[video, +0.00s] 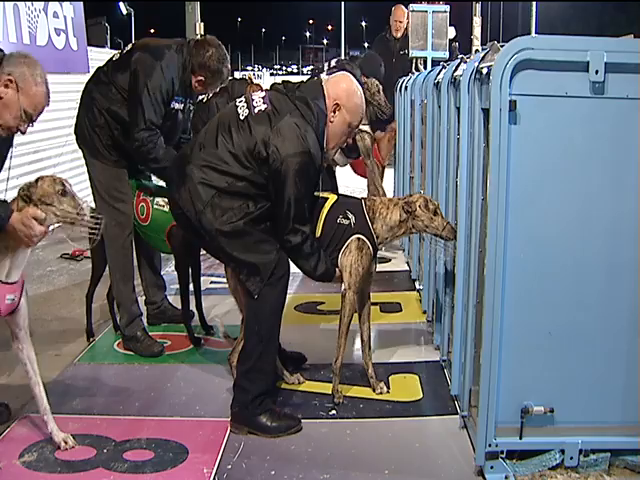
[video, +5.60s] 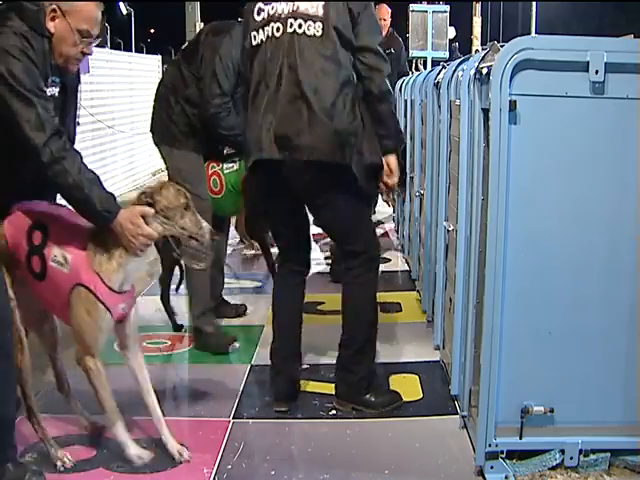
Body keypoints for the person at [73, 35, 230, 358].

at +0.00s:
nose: (205, 95)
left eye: (209, 91)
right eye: (206, 90)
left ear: (198, 74)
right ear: (197, 78)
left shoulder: (189, 67)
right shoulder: (157, 68)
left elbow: (181, 135)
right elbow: (141, 137)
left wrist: (192, 171)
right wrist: (178, 169)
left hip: (134, 132)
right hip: (102, 131)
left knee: (146, 218)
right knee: (120, 219)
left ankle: (157, 304)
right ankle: (130, 325)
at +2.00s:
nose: (210, 128)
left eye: (216, 123)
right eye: (210, 120)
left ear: (198, 97)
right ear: (196, 98)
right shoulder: (160, 89)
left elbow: (177, 160)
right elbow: (136, 154)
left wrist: (183, 194)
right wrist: (172, 196)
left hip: (137, 134)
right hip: (101, 131)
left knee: (146, 217)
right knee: (118, 223)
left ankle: (158, 305)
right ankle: (131, 327)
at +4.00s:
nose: (211, 92)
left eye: (216, 86)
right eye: (209, 84)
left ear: (196, 65)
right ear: (191, 67)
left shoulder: (192, 79)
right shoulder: (152, 70)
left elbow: (183, 134)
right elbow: (139, 141)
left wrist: (192, 162)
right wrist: (182, 165)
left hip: (140, 138)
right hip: (104, 135)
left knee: (152, 218)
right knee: (125, 221)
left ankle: (158, 303)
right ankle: (131, 325)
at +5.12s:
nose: (240, 71)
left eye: (245, 65)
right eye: (238, 63)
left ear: (230, 50)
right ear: (220, 46)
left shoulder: (221, 70)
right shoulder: (182, 54)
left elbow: (216, 122)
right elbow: (169, 120)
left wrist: (223, 145)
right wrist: (208, 149)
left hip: (183, 144)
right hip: (142, 139)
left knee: (199, 217)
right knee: (152, 219)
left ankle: (210, 301)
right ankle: (134, 324)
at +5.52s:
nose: (272, 52)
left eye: (275, 45)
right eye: (270, 44)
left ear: (261, 39)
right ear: (256, 37)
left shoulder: (257, 56)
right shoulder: (222, 42)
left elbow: (252, 108)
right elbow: (208, 106)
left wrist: (255, 138)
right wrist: (241, 141)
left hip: (209, 134)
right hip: (173, 127)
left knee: (214, 212)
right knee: (190, 213)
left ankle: (211, 300)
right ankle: (169, 315)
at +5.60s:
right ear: (263, 23)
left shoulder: (259, 47)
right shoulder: (226, 38)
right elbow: (215, 106)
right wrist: (251, 142)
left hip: (208, 134)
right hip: (179, 129)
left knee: (217, 216)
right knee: (199, 220)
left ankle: (213, 300)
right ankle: (202, 322)